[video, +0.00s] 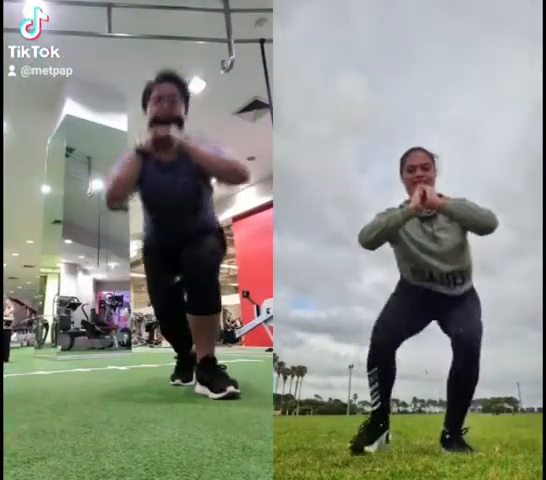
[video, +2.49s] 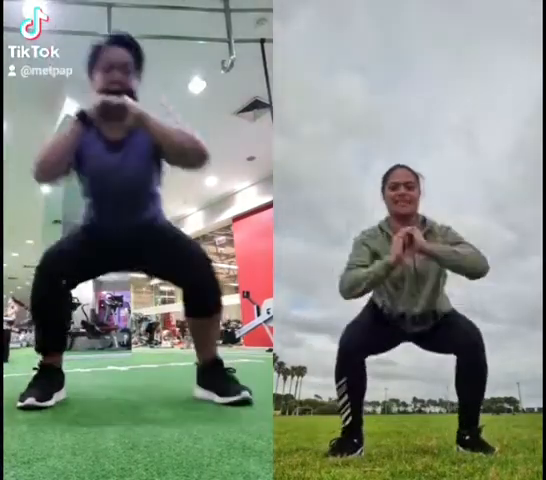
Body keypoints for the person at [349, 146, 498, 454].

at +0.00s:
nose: (420, 175)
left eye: (426, 169)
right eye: (412, 170)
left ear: (436, 173)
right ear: (402, 177)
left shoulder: (455, 207)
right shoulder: (396, 216)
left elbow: (489, 224)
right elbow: (366, 240)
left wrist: (442, 206)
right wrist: (410, 211)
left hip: (459, 299)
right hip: (413, 296)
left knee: (469, 348)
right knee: (381, 342)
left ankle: (453, 434)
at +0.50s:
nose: (389, 226)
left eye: (396, 219)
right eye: (381, 220)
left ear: (406, 226)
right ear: (371, 228)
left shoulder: (423, 261)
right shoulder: (359, 264)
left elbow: (460, 287)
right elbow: (325, 291)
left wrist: (410, 258)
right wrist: (377, 261)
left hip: (417, 348)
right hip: (373, 350)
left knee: (450, 341)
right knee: (339, 345)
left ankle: (451, 436)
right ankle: (349, 439)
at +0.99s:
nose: (351, 193)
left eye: (359, 187)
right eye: (344, 187)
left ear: (368, 194)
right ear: (335, 194)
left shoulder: (382, 228)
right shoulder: (327, 231)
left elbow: (411, 241)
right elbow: (294, 250)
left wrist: (368, 214)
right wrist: (340, 219)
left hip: (376, 314)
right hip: (336, 306)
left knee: (363, 404)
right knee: (332, 348)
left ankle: (328, 399)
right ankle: (348, 434)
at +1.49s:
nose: (340, 215)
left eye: (348, 210)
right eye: (334, 209)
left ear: (357, 217)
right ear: (323, 217)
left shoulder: (373, 255)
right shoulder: (315, 254)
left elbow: (408, 265)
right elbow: (286, 277)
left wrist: (363, 243)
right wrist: (333, 247)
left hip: (364, 336)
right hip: (324, 332)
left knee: (342, 420)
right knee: (315, 344)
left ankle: (309, 421)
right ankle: (346, 438)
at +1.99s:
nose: (374, 178)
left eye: (380, 173)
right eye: (366, 173)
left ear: (390, 179)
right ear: (355, 180)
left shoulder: (407, 219)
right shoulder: (343, 219)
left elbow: (444, 236)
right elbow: (320, 246)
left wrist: (398, 211)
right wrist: (366, 216)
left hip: (402, 307)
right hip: (353, 307)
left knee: (437, 338)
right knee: (328, 345)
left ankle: (459, 431)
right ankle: (348, 436)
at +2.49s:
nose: (402, 193)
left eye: (409, 187)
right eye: (394, 188)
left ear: (419, 193)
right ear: (384, 196)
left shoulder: (438, 233)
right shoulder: (370, 239)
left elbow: (479, 267)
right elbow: (348, 288)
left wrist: (426, 248)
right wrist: (391, 260)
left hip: (433, 320)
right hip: (384, 320)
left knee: (471, 341)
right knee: (350, 345)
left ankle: (469, 435)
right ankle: (351, 437)